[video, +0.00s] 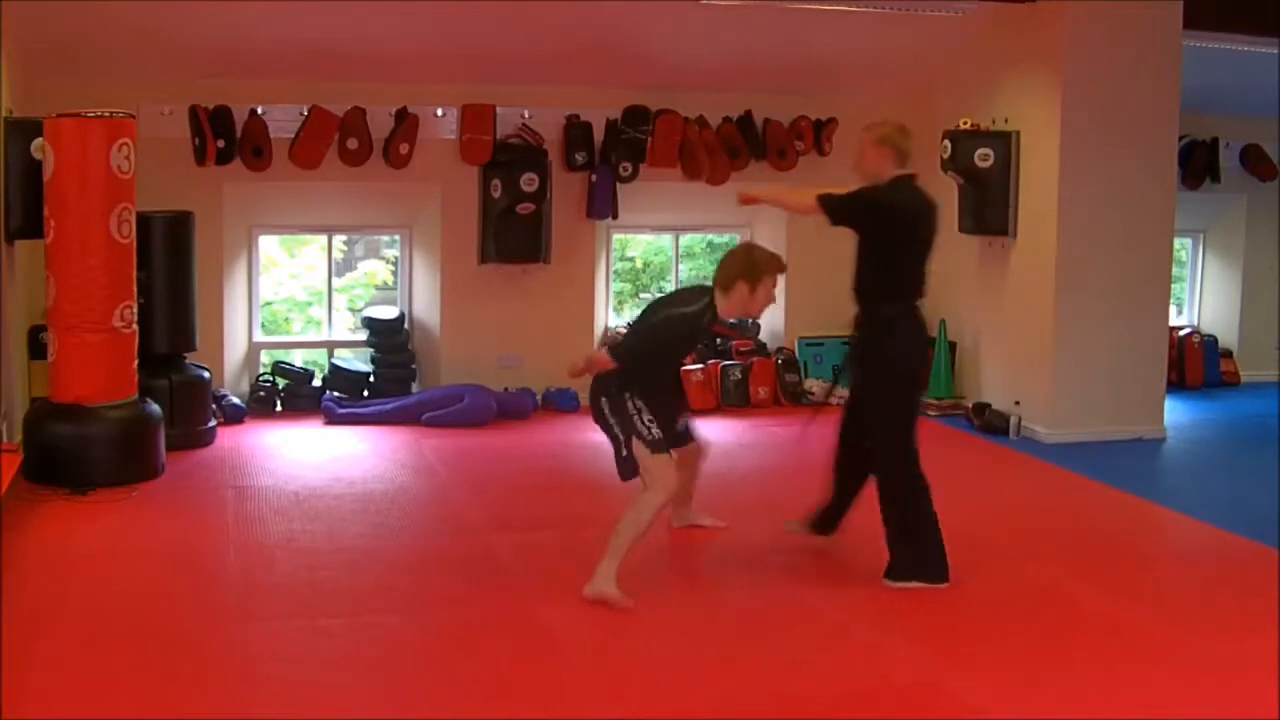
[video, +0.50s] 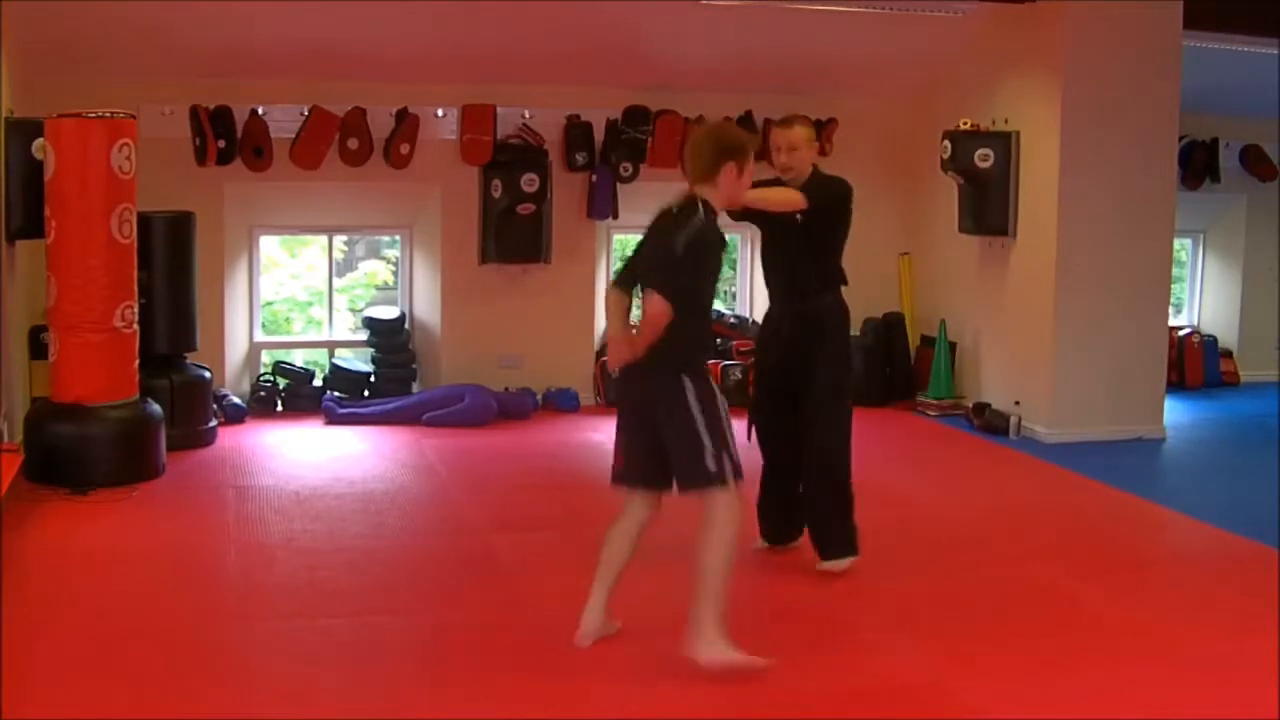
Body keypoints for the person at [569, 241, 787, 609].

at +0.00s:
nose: (774, 297)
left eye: (774, 288)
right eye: (770, 287)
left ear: (739, 285)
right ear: (743, 286)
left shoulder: (704, 302)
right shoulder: (681, 321)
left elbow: (653, 328)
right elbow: (617, 355)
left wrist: (617, 348)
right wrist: (587, 365)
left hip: (653, 382)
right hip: (619, 388)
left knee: (690, 452)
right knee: (662, 481)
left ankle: (683, 512)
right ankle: (603, 578)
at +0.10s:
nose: (761, 273)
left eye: (763, 265)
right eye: (758, 264)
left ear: (728, 257)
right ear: (732, 258)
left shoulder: (695, 289)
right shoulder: (675, 297)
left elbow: (643, 331)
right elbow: (607, 343)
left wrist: (600, 353)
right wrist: (583, 362)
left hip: (647, 385)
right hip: (621, 390)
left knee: (674, 452)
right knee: (665, 496)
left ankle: (663, 522)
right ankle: (601, 581)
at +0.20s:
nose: (756, 233)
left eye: (759, 223)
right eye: (754, 222)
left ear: (725, 216)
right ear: (730, 217)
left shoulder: (690, 251)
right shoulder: (678, 265)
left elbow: (638, 311)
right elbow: (620, 328)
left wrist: (598, 343)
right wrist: (589, 350)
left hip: (654, 368)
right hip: (629, 376)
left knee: (679, 447)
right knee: (661, 494)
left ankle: (636, 540)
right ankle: (600, 578)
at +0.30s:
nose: (751, 191)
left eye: (753, 180)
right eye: (749, 179)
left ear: (715, 175)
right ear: (725, 175)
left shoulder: (682, 212)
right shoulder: (684, 221)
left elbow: (626, 283)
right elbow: (630, 292)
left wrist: (604, 323)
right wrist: (601, 327)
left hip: (643, 353)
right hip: (644, 357)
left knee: (654, 473)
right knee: (679, 477)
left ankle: (614, 559)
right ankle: (600, 561)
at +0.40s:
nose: (748, 173)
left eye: (749, 163)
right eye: (747, 162)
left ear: (705, 156)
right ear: (727, 158)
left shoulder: (669, 198)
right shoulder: (691, 206)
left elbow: (621, 271)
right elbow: (641, 279)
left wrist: (617, 320)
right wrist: (618, 323)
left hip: (640, 354)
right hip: (664, 356)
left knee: (656, 470)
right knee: (705, 477)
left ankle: (604, 577)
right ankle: (635, 587)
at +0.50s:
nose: (748, 185)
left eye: (747, 174)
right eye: (746, 174)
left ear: (698, 170)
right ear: (727, 172)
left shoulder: (670, 218)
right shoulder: (700, 224)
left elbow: (618, 288)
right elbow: (659, 302)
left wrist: (614, 344)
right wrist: (635, 348)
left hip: (642, 378)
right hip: (681, 378)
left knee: (640, 500)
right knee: (725, 503)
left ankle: (594, 616)